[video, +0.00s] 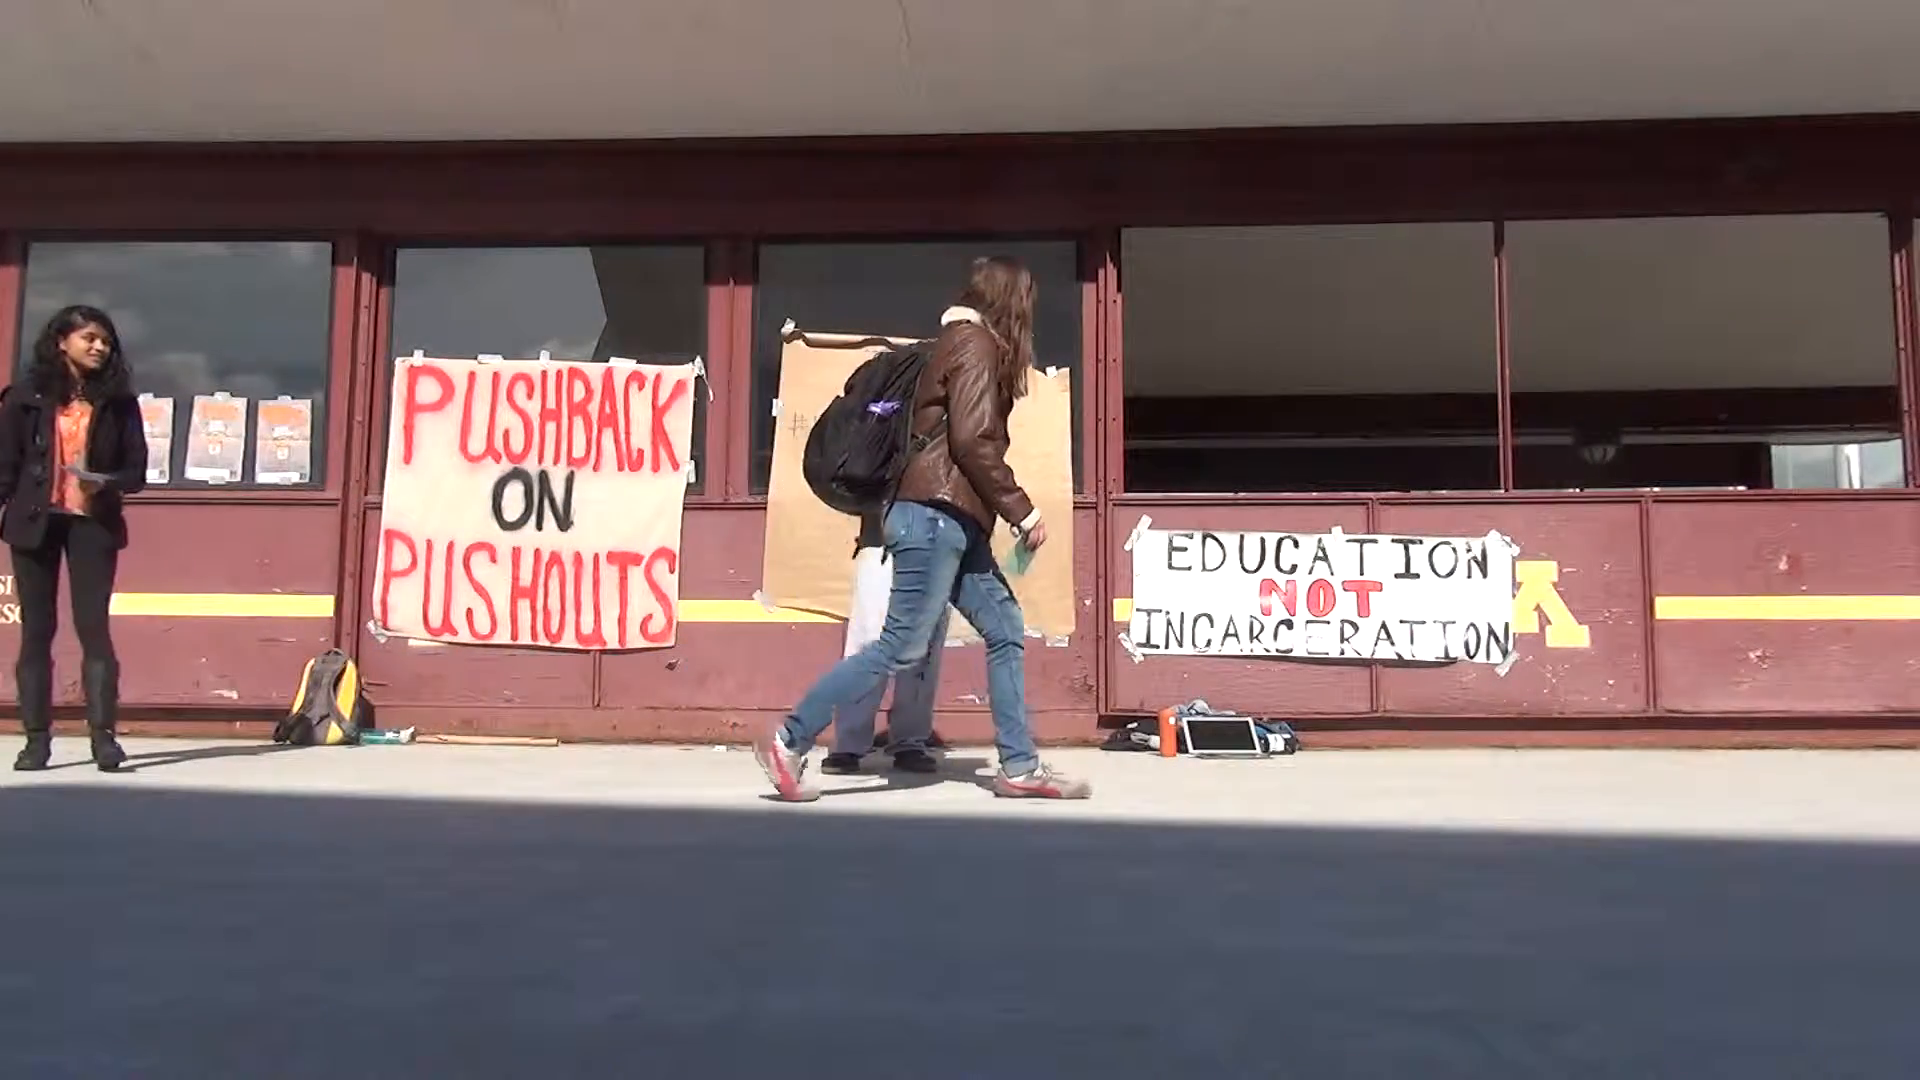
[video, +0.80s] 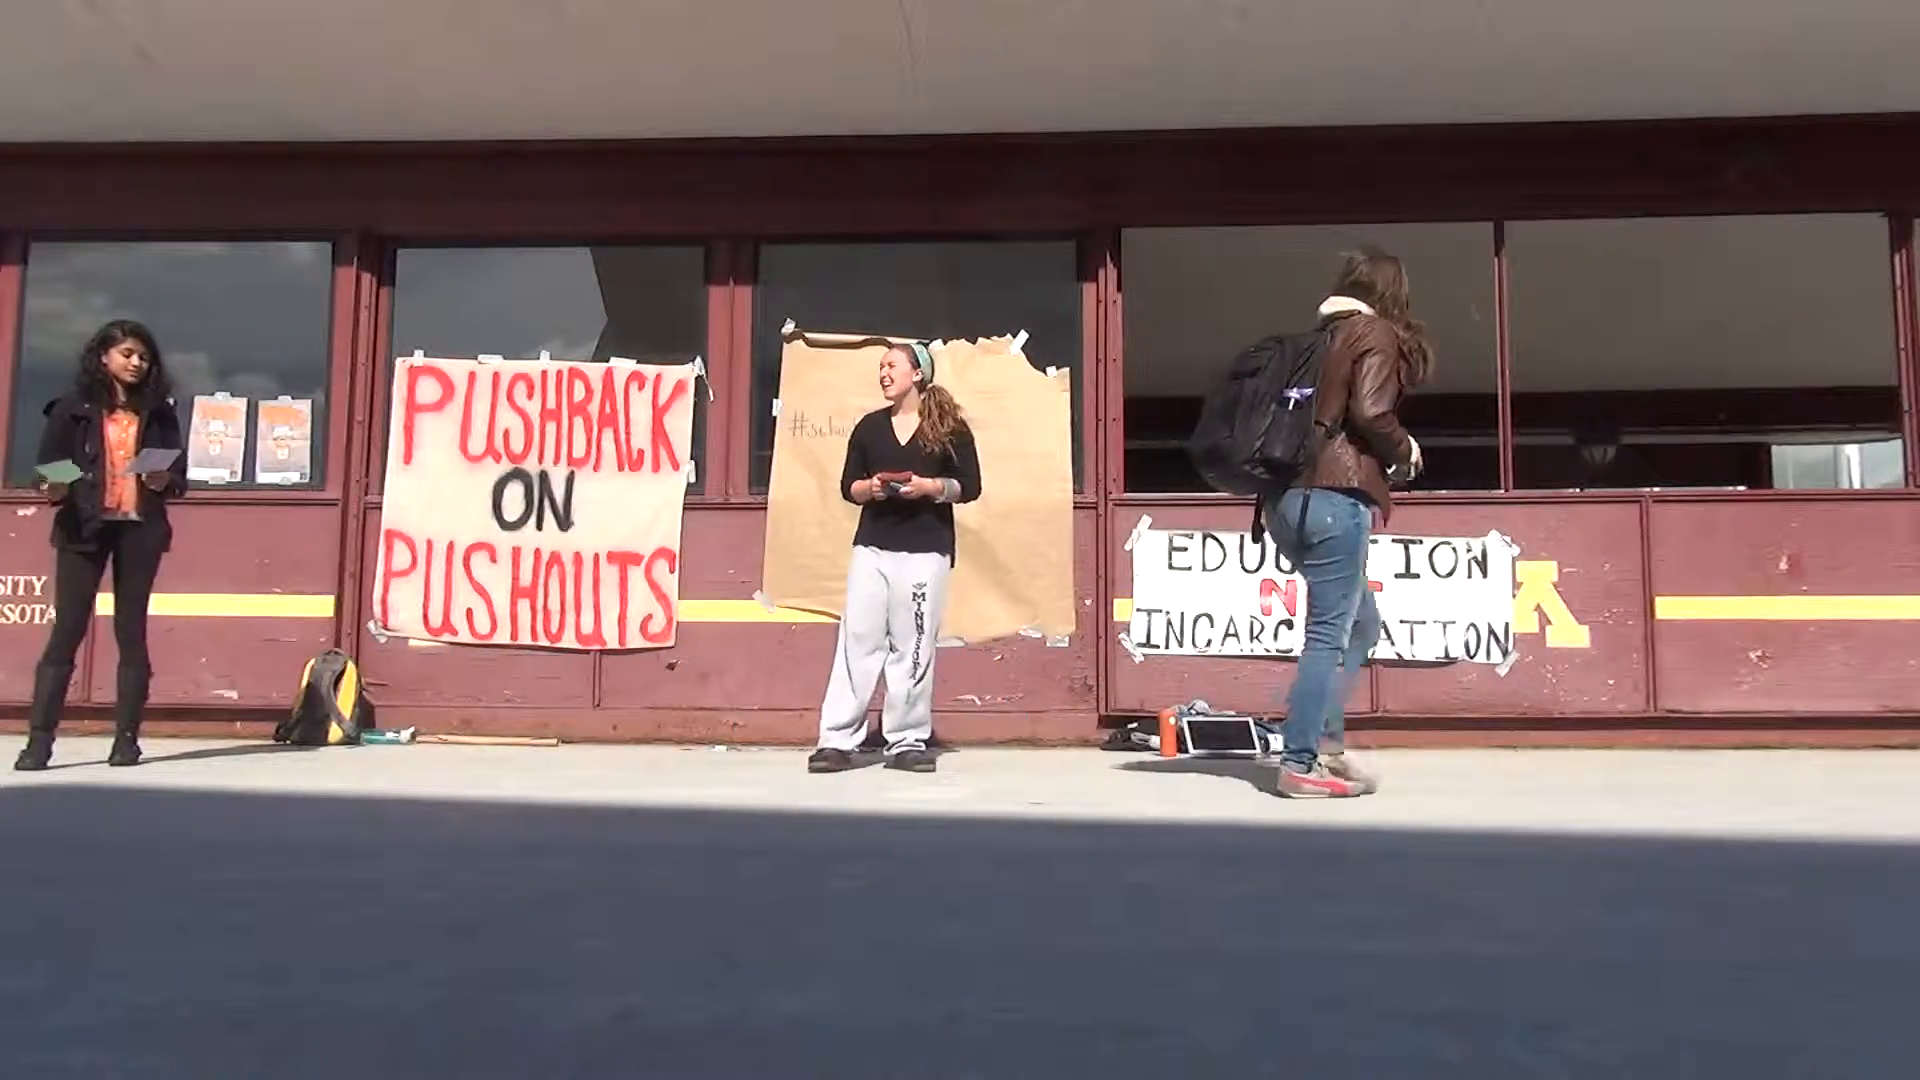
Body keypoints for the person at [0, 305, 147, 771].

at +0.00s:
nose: (98, 347)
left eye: (104, 340)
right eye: (88, 338)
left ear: (111, 349)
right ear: (61, 341)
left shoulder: (118, 400)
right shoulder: (25, 395)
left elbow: (136, 472)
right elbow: (10, 462)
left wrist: (107, 482)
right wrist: (10, 508)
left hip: (92, 524)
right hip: (33, 521)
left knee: (93, 625)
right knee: (37, 628)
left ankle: (104, 737)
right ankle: (36, 739)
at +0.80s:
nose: (136, 363)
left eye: (142, 356)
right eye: (127, 353)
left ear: (149, 364)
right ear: (101, 356)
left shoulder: (160, 412)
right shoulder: (72, 407)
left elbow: (178, 482)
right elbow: (46, 472)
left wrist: (166, 482)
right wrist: (53, 488)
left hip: (141, 527)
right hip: (84, 524)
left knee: (130, 628)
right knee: (68, 628)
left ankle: (127, 736)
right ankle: (40, 739)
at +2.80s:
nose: (103, 359)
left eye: (111, 352)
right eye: (94, 349)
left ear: (118, 358)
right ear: (68, 348)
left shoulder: (121, 403)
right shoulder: (34, 398)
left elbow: (132, 474)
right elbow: (16, 464)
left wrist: (130, 470)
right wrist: (74, 438)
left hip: (102, 526)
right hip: (48, 524)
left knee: (107, 631)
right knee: (52, 629)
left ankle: (108, 732)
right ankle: (46, 738)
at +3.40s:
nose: (106, 359)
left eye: (113, 352)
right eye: (97, 349)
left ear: (120, 358)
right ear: (70, 349)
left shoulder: (121, 407)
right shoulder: (36, 400)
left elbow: (128, 484)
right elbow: (18, 465)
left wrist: (129, 473)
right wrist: (81, 448)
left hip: (101, 529)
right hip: (48, 527)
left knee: (102, 637)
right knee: (50, 631)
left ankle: (87, 734)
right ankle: (46, 739)